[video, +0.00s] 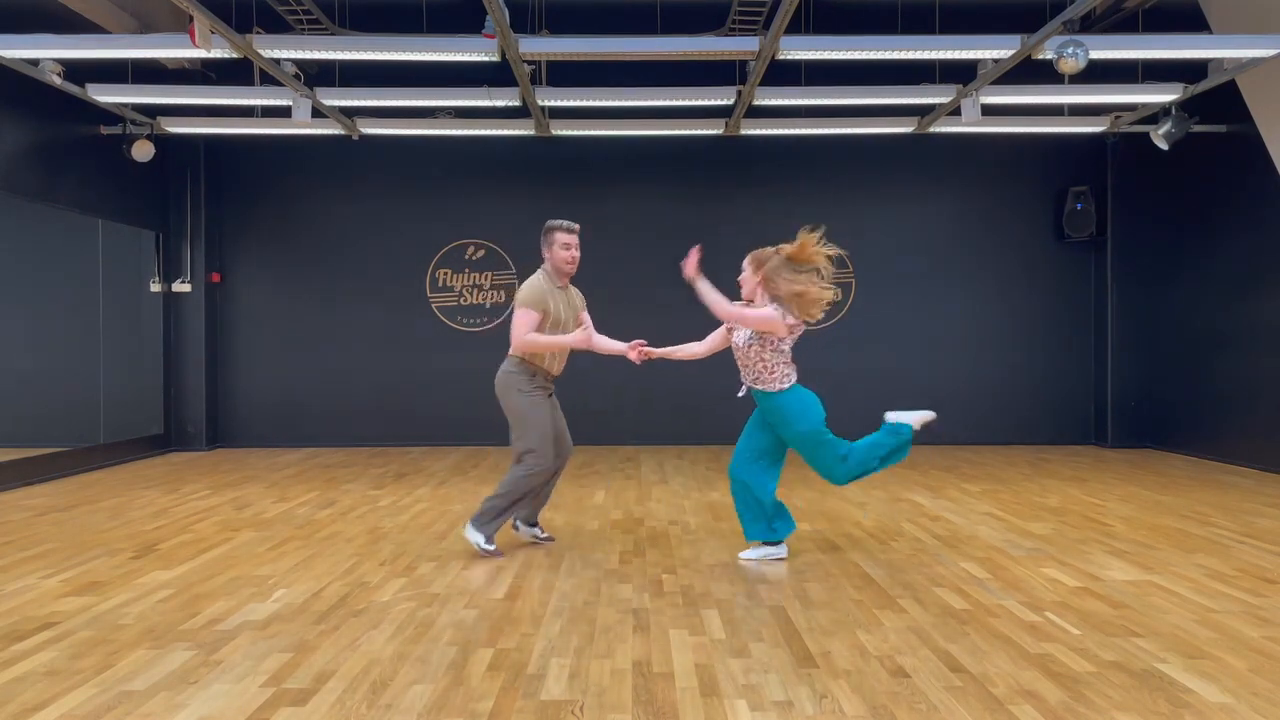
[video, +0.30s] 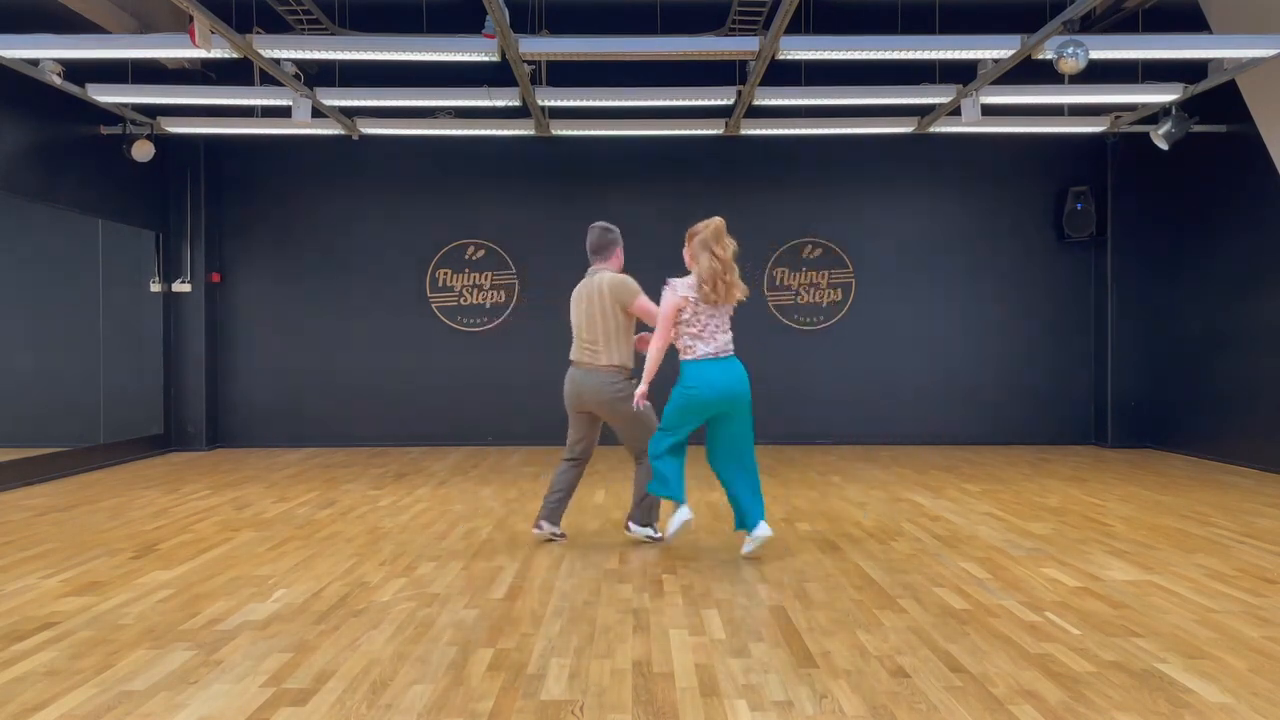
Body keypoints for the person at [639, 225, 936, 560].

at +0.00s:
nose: (738, 279)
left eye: (744, 272)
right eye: (741, 272)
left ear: (762, 280)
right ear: (760, 281)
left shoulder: (781, 318)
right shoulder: (740, 319)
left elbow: (727, 312)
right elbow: (700, 348)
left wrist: (695, 278)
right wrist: (654, 352)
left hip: (792, 407)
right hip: (767, 410)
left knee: (839, 467)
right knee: (745, 471)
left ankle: (901, 429)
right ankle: (770, 542)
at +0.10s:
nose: (722, 279)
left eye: (727, 274)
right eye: (725, 273)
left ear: (741, 280)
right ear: (740, 281)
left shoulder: (753, 323)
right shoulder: (727, 320)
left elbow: (701, 352)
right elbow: (695, 347)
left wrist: (654, 354)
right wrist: (654, 339)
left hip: (776, 414)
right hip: (751, 414)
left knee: (778, 489)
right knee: (737, 476)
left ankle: (835, 450)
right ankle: (768, 543)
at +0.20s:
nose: (705, 269)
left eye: (708, 264)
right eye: (707, 263)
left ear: (721, 270)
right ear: (733, 272)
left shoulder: (714, 312)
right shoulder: (734, 308)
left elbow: (681, 359)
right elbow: (690, 343)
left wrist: (647, 375)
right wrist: (652, 351)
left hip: (744, 402)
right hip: (761, 396)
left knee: (696, 457)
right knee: (751, 469)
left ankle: (758, 493)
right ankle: (767, 541)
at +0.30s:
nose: (684, 252)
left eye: (686, 247)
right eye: (686, 247)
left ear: (691, 252)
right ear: (719, 252)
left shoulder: (677, 289)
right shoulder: (725, 287)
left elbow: (661, 342)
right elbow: (702, 333)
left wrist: (645, 382)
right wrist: (659, 336)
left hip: (697, 378)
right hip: (733, 374)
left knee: (664, 442)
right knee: (731, 452)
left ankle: (679, 506)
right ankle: (756, 523)